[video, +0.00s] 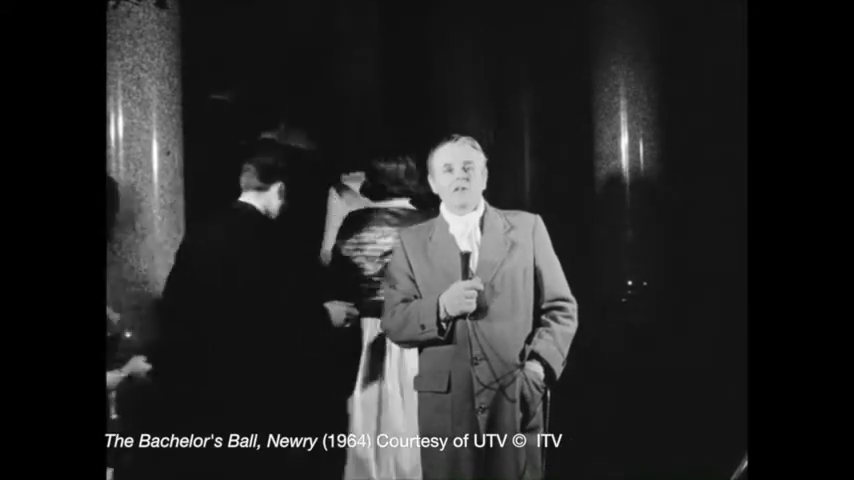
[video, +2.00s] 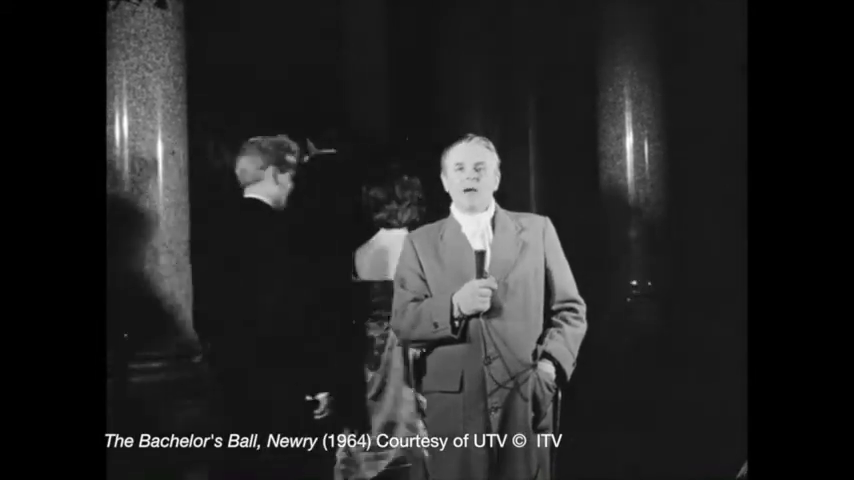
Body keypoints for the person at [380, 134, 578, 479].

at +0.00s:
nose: (460, 175)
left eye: (469, 165)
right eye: (447, 168)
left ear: (485, 176)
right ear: (432, 183)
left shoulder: (527, 228)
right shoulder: (411, 241)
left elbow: (560, 306)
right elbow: (394, 320)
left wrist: (539, 364)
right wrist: (440, 308)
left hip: (515, 395)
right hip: (444, 398)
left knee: (519, 474)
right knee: (446, 474)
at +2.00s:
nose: (470, 174)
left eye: (480, 166)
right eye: (459, 167)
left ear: (497, 178)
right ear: (444, 181)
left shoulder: (537, 231)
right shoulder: (420, 242)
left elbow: (569, 309)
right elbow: (404, 321)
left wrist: (551, 363)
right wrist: (453, 306)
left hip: (523, 399)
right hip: (452, 402)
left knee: (527, 474)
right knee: (453, 473)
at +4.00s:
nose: (480, 186)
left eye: (490, 177)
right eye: (471, 176)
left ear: (510, 180)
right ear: (458, 180)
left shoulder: (549, 230)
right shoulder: (431, 240)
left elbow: (580, 310)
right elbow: (413, 318)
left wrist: (557, 366)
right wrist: (461, 308)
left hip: (531, 397)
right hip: (461, 398)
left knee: (533, 474)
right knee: (460, 474)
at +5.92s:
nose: (468, 183)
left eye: (479, 174)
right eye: (459, 174)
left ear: (498, 181)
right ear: (446, 181)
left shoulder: (537, 231)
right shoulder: (419, 243)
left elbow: (570, 309)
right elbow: (404, 321)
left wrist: (550, 364)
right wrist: (453, 309)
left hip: (525, 397)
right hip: (453, 399)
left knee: (527, 475)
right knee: (456, 474)